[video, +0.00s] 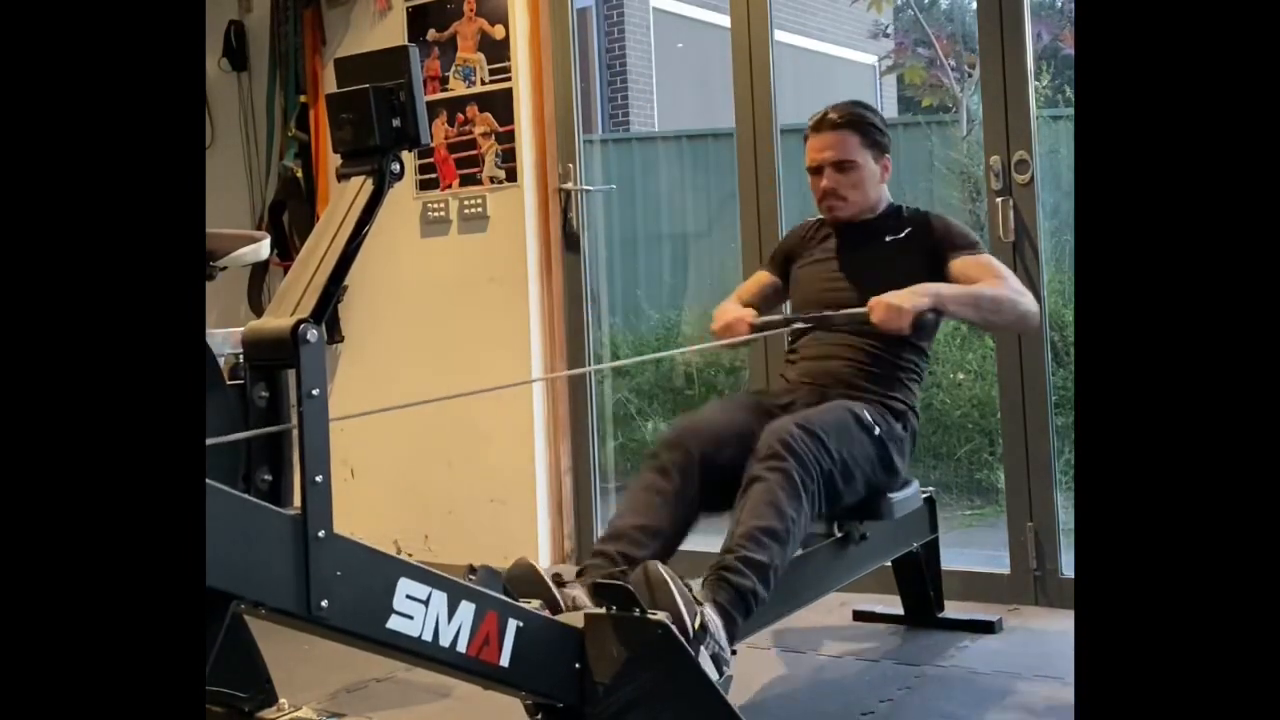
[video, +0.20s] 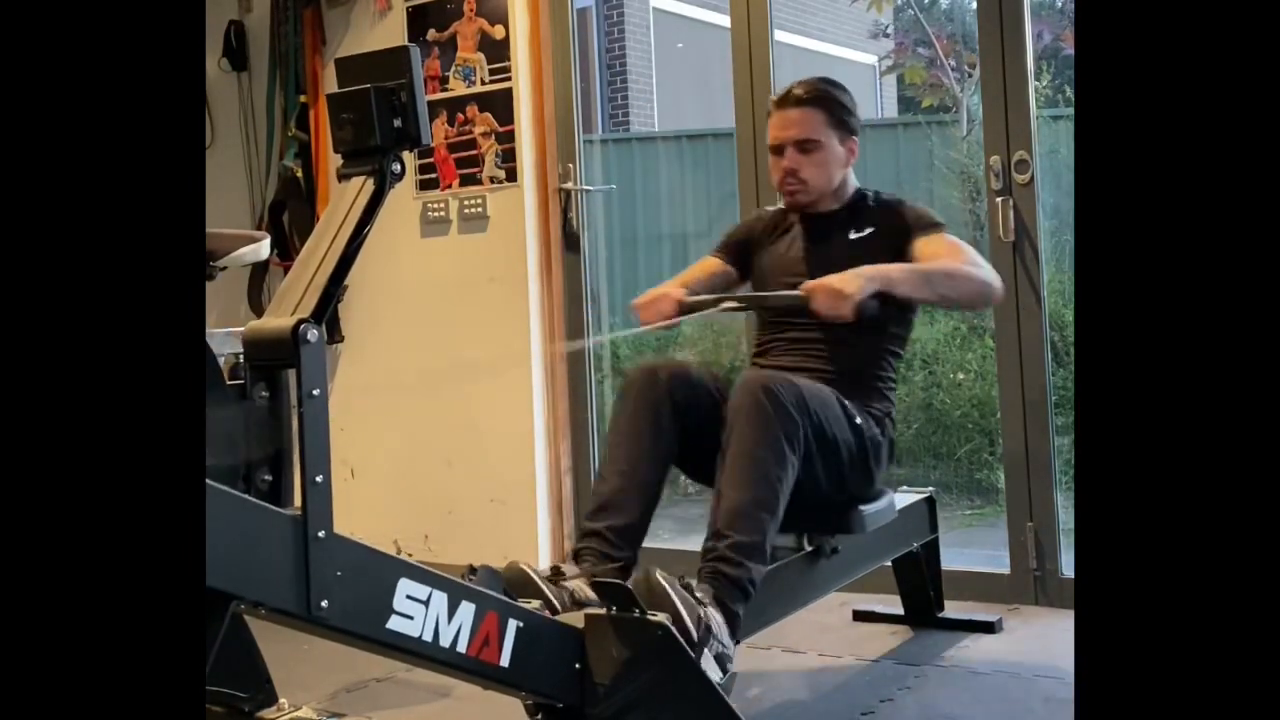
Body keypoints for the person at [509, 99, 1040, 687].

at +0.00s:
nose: (825, 184)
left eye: (840, 169)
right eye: (815, 171)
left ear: (883, 167)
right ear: (809, 173)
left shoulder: (926, 234)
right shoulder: (804, 241)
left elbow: (1022, 307)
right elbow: (742, 300)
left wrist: (931, 295)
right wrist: (734, 313)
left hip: (870, 414)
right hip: (778, 406)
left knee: (785, 446)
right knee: (685, 443)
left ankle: (716, 625)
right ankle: (591, 591)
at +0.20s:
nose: (788, 165)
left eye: (806, 148)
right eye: (777, 151)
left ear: (850, 150)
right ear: (768, 156)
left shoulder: (896, 222)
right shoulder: (761, 231)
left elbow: (983, 284)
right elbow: (700, 282)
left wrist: (876, 278)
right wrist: (667, 295)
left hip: (849, 450)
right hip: (752, 436)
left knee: (762, 390)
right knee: (656, 383)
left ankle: (717, 618)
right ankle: (593, 577)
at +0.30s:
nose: (753, 150)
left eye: (771, 132)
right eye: (743, 136)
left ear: (818, 137)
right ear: (734, 142)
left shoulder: (861, 206)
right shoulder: (731, 218)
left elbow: (910, 263)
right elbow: (646, 276)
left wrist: (805, 273)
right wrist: (596, 293)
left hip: (829, 456)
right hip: (737, 448)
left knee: (744, 363)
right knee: (627, 359)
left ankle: (712, 610)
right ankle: (585, 576)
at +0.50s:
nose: (661, 148)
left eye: (685, 129)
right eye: (653, 131)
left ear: (738, 137)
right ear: (644, 138)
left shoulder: (783, 207)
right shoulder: (639, 227)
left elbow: (767, 271)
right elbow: (550, 289)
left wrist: (672, 319)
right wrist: (460, 345)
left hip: (776, 477)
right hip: (680, 479)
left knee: (718, 330)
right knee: (584, 314)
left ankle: (700, 575)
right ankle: (579, 563)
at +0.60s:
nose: (630, 151)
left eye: (654, 133)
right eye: (621, 135)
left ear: (709, 142)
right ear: (613, 140)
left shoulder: (759, 213)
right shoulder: (611, 232)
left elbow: (726, 279)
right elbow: (521, 298)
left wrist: (629, 345)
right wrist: (420, 365)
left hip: (761, 482)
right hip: (659, 479)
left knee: (710, 323)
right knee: (572, 309)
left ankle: (695, 571)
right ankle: (574, 558)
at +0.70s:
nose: (631, 151)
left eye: (655, 132)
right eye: (623, 134)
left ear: (711, 139)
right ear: (614, 139)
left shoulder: (761, 210)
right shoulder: (615, 230)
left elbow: (724, 274)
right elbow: (522, 296)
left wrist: (631, 339)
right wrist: (423, 358)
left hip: (759, 479)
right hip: (661, 477)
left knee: (705, 318)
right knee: (576, 307)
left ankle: (693, 569)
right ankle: (575, 557)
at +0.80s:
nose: (671, 142)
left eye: (694, 124)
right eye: (663, 127)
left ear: (745, 134)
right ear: (656, 136)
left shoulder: (787, 199)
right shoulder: (649, 222)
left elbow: (762, 268)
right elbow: (562, 282)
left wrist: (680, 328)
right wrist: (472, 342)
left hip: (776, 469)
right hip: (686, 467)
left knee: (722, 335)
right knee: (593, 314)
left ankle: (698, 573)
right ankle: (578, 562)